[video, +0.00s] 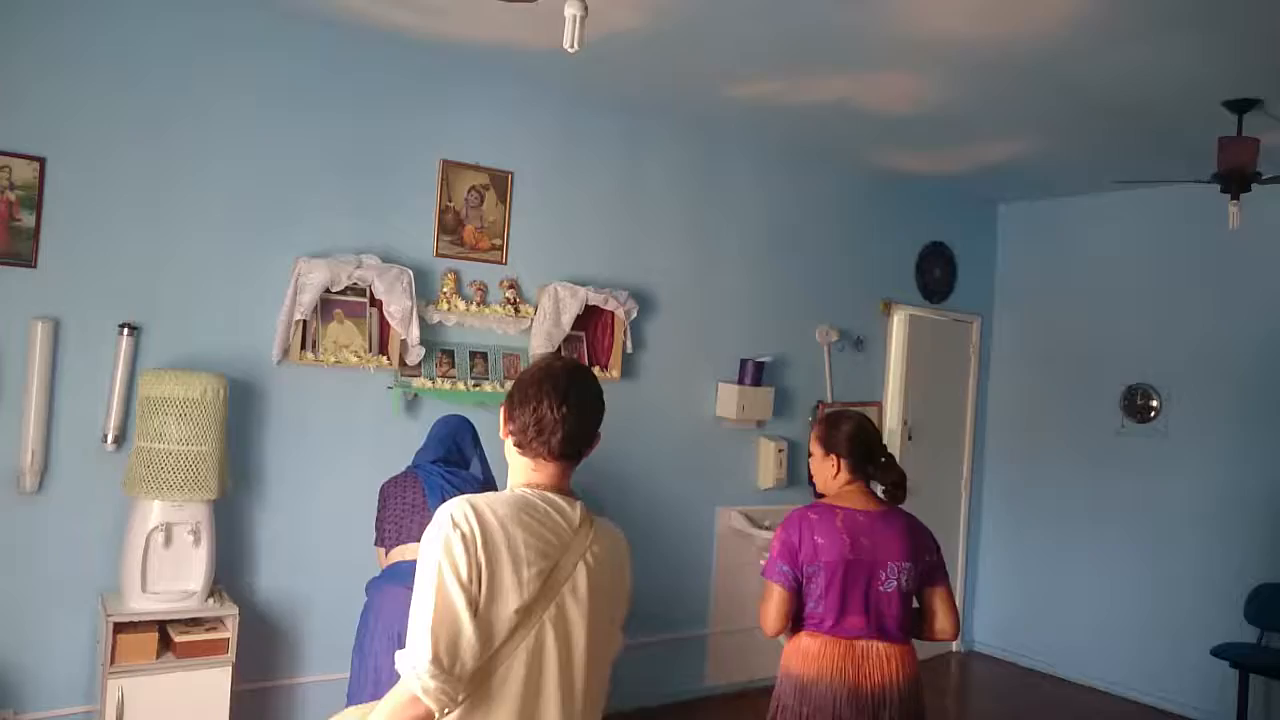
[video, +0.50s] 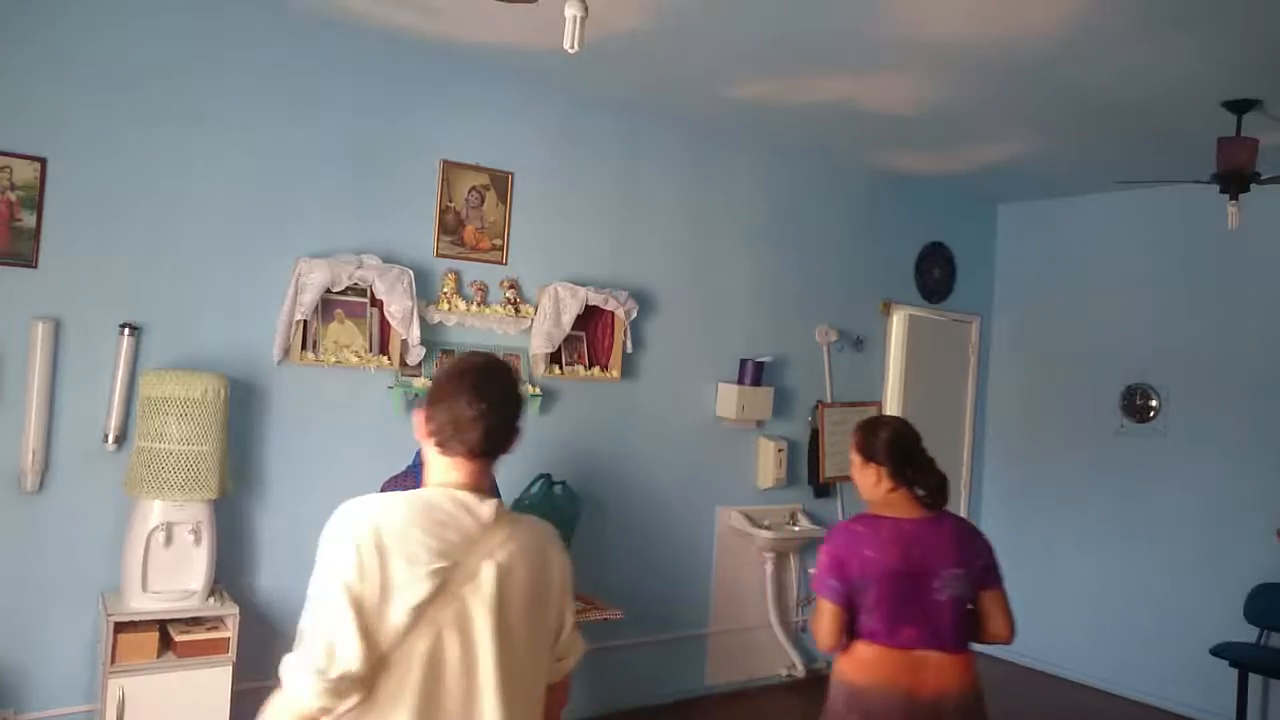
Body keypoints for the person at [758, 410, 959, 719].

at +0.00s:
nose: (809, 467)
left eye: (812, 457)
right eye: (809, 457)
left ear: (835, 464)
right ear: (870, 462)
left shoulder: (801, 524)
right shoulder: (913, 530)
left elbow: (773, 624)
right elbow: (945, 626)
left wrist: (803, 610)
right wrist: (888, 614)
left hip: (816, 680)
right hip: (892, 681)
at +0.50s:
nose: (851, 473)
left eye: (854, 463)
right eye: (851, 463)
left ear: (876, 473)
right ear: (912, 465)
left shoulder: (846, 538)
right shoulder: (965, 535)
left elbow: (827, 639)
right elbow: (1000, 629)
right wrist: (940, 618)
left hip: (869, 696)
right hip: (952, 695)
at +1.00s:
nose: (926, 472)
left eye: (932, 464)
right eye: (929, 463)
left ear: (959, 477)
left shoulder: (949, 546)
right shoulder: (1033, 539)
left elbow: (947, 654)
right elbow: (1061, 628)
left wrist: (897, 620)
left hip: (968, 688)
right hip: (1033, 682)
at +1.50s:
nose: (939, 473)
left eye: (949, 465)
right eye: (944, 464)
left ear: (978, 479)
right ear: (979, 480)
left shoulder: (982, 550)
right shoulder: (1031, 539)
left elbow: (985, 664)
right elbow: (1050, 634)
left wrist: (913, 632)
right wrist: (941, 620)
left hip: (983, 699)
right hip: (1037, 687)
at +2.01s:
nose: (942, 471)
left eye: (951, 461)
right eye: (947, 461)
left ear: (978, 473)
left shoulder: (965, 550)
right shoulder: (1040, 547)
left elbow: (953, 665)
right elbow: (1060, 650)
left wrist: (895, 626)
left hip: (962, 701)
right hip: (1028, 695)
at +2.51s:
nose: (934, 479)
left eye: (938, 469)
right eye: (936, 469)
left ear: (962, 482)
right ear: (1006, 481)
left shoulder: (941, 559)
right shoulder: (1047, 562)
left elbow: (924, 678)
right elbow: (1075, 666)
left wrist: (881, 637)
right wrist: (1003, 654)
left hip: (951, 707)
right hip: (1031, 706)